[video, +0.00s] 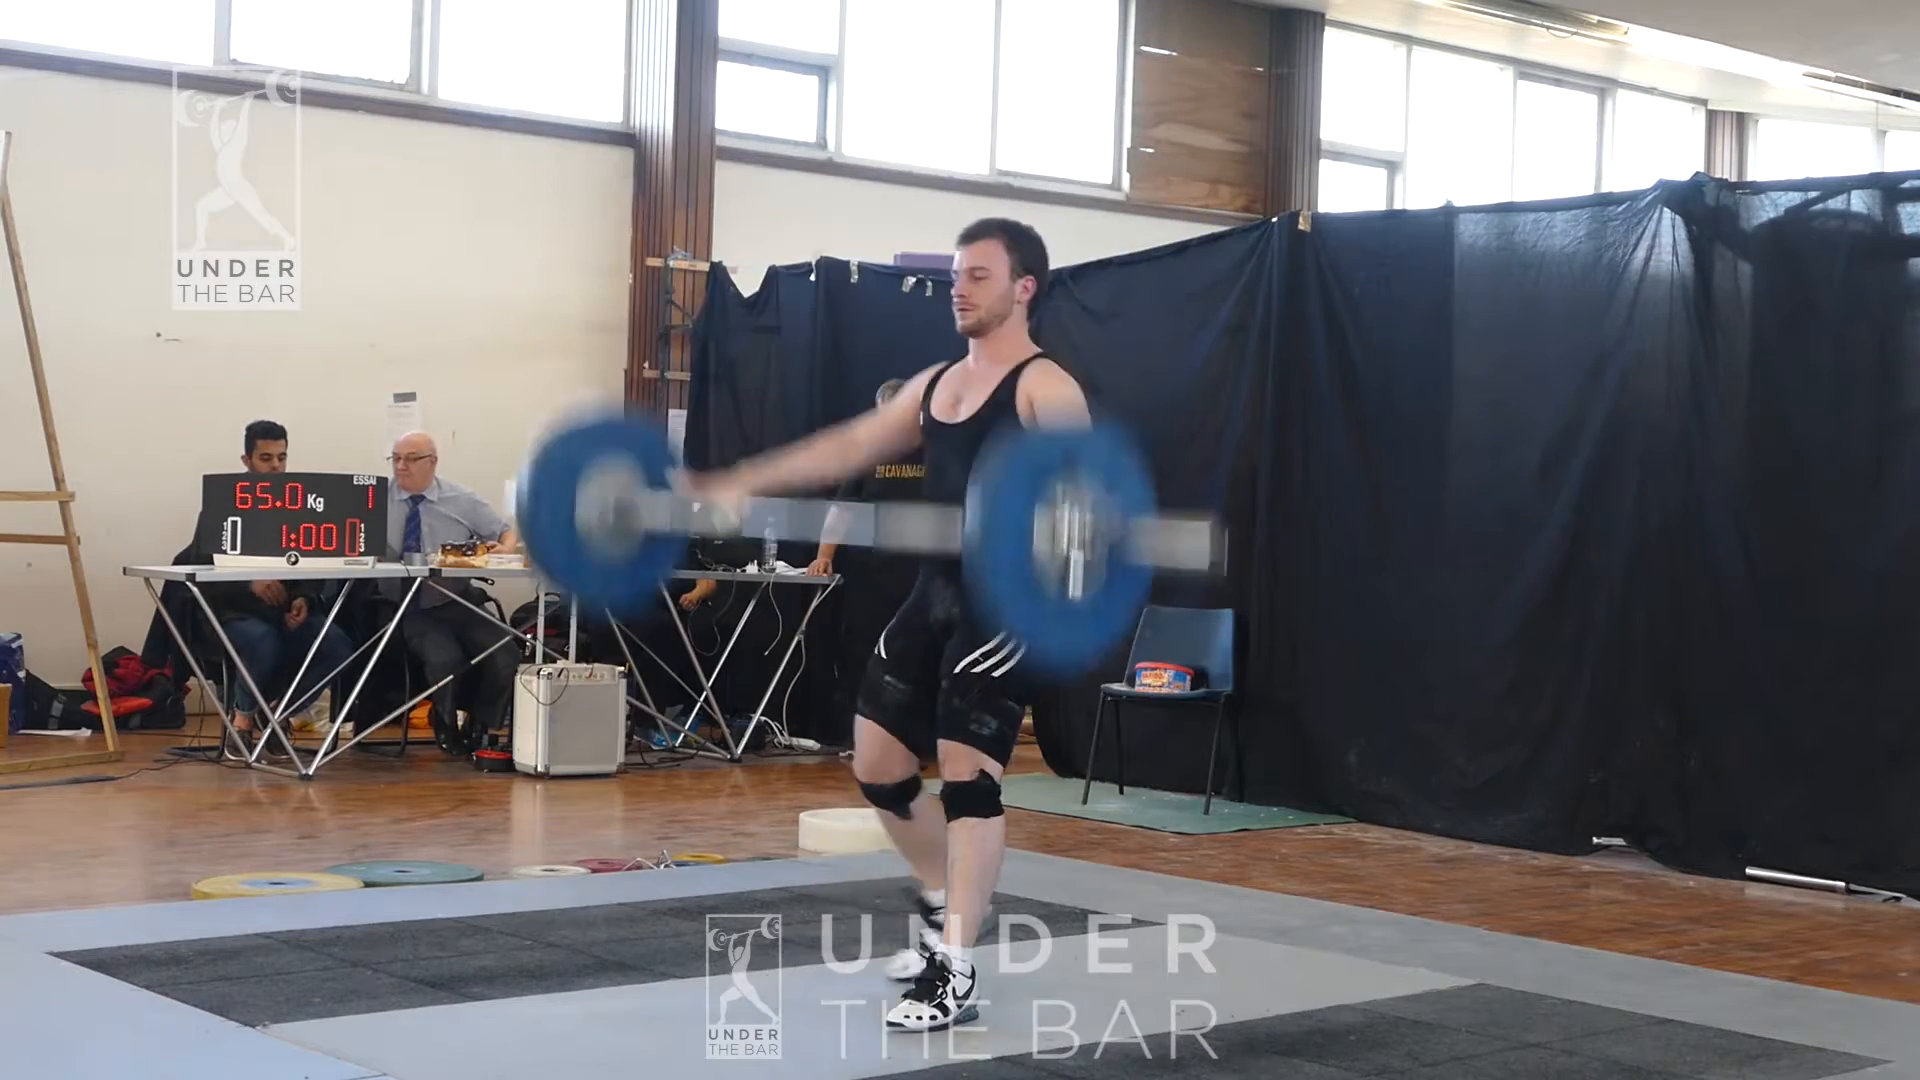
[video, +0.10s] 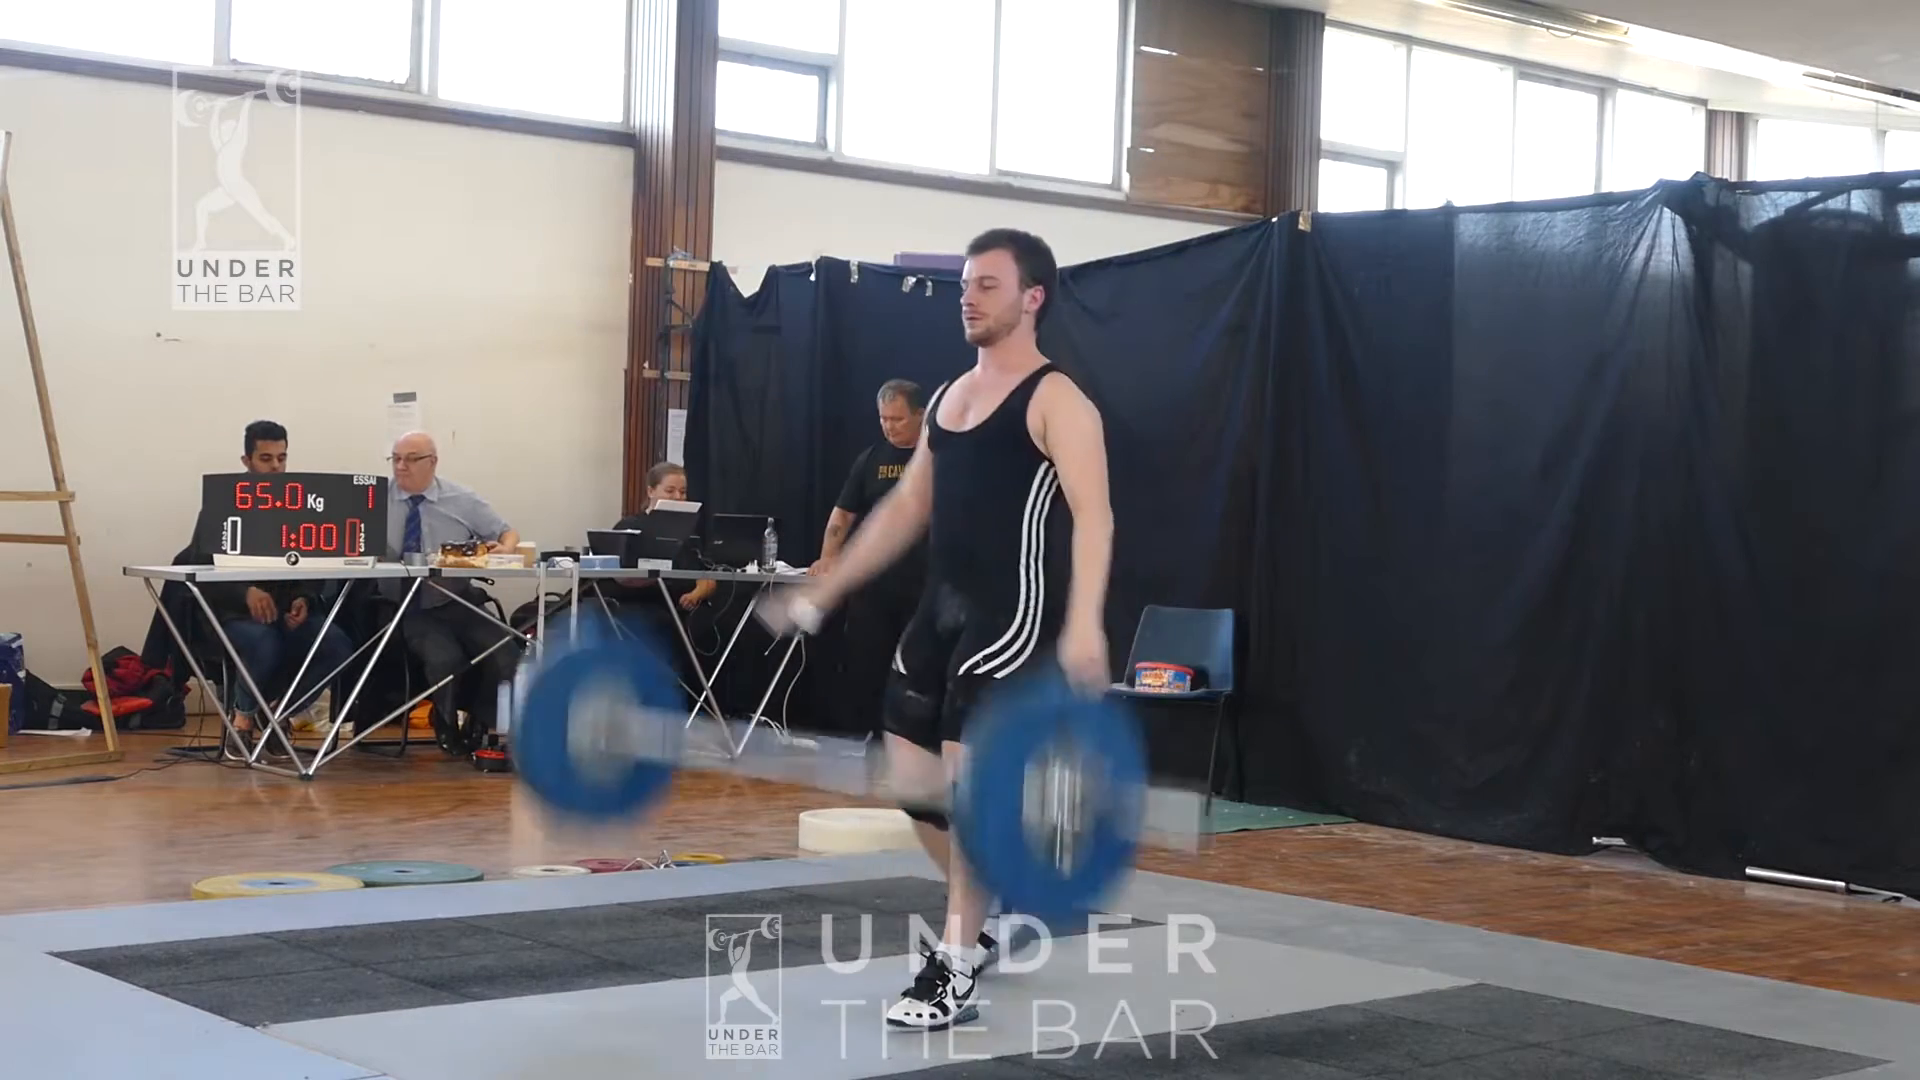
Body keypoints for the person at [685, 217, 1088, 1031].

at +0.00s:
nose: (959, 289)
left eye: (977, 276)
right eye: (957, 276)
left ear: (1024, 289)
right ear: (959, 287)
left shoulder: (1046, 386)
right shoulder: (934, 385)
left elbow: (1088, 498)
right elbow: (846, 448)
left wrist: (1060, 557)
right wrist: (734, 482)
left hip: (1008, 601)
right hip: (937, 593)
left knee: (966, 768)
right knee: (880, 763)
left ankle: (955, 972)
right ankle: (947, 906)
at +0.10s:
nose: (968, 298)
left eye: (986, 285)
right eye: (965, 286)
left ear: (1033, 299)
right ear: (967, 297)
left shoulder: (1058, 402)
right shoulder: (952, 396)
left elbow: (1094, 517)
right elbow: (906, 508)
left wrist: (1084, 624)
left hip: (1013, 633)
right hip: (937, 624)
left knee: (975, 789)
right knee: (913, 784)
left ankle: (957, 962)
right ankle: (1004, 909)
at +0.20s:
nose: (974, 304)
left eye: (991, 291)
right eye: (971, 292)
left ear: (1036, 304)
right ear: (972, 304)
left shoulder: (1070, 405)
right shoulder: (960, 402)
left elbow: (1112, 518)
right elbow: (938, 522)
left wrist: (1131, 625)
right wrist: (909, 625)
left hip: (1030, 619)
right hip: (955, 615)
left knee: (981, 771)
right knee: (937, 776)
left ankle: (982, 958)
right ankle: (989, 935)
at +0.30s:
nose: (981, 298)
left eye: (998, 285)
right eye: (978, 285)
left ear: (1044, 295)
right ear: (980, 295)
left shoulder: (1084, 393)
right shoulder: (970, 394)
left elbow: (1135, 498)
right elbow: (958, 512)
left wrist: (1149, 610)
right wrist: (944, 614)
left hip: (1056, 620)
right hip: (981, 612)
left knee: (972, 757)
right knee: (972, 763)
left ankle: (992, 938)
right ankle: (1010, 920)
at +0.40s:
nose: (991, 301)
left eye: (1006, 287)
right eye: (986, 288)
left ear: (1053, 290)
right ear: (987, 294)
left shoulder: (1092, 380)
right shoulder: (981, 389)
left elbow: (1160, 473)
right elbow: (971, 494)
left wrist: (1146, 584)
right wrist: (957, 590)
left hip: (1071, 614)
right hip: (994, 612)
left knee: (1056, 766)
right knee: (984, 762)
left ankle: (1061, 938)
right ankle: (1002, 930)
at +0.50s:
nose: (1002, 313)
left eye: (1016, 299)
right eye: (996, 300)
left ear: (1061, 296)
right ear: (995, 303)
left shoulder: (1106, 380)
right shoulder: (998, 390)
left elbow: (1185, 468)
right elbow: (996, 496)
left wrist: (1168, 583)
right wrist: (1002, 578)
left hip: (1095, 606)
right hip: (1017, 603)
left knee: (1081, 761)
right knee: (1003, 756)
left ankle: (1127, 923)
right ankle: (1005, 927)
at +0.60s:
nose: (1011, 346)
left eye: (1022, 329)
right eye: (1003, 331)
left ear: (1067, 316)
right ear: (1001, 327)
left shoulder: (1122, 393)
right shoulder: (1021, 400)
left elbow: (1215, 470)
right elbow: (1040, 497)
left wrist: (1195, 565)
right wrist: (1023, 585)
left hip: (1122, 607)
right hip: (1043, 601)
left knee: (1121, 767)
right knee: (1022, 761)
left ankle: (1190, 909)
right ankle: (1005, 926)